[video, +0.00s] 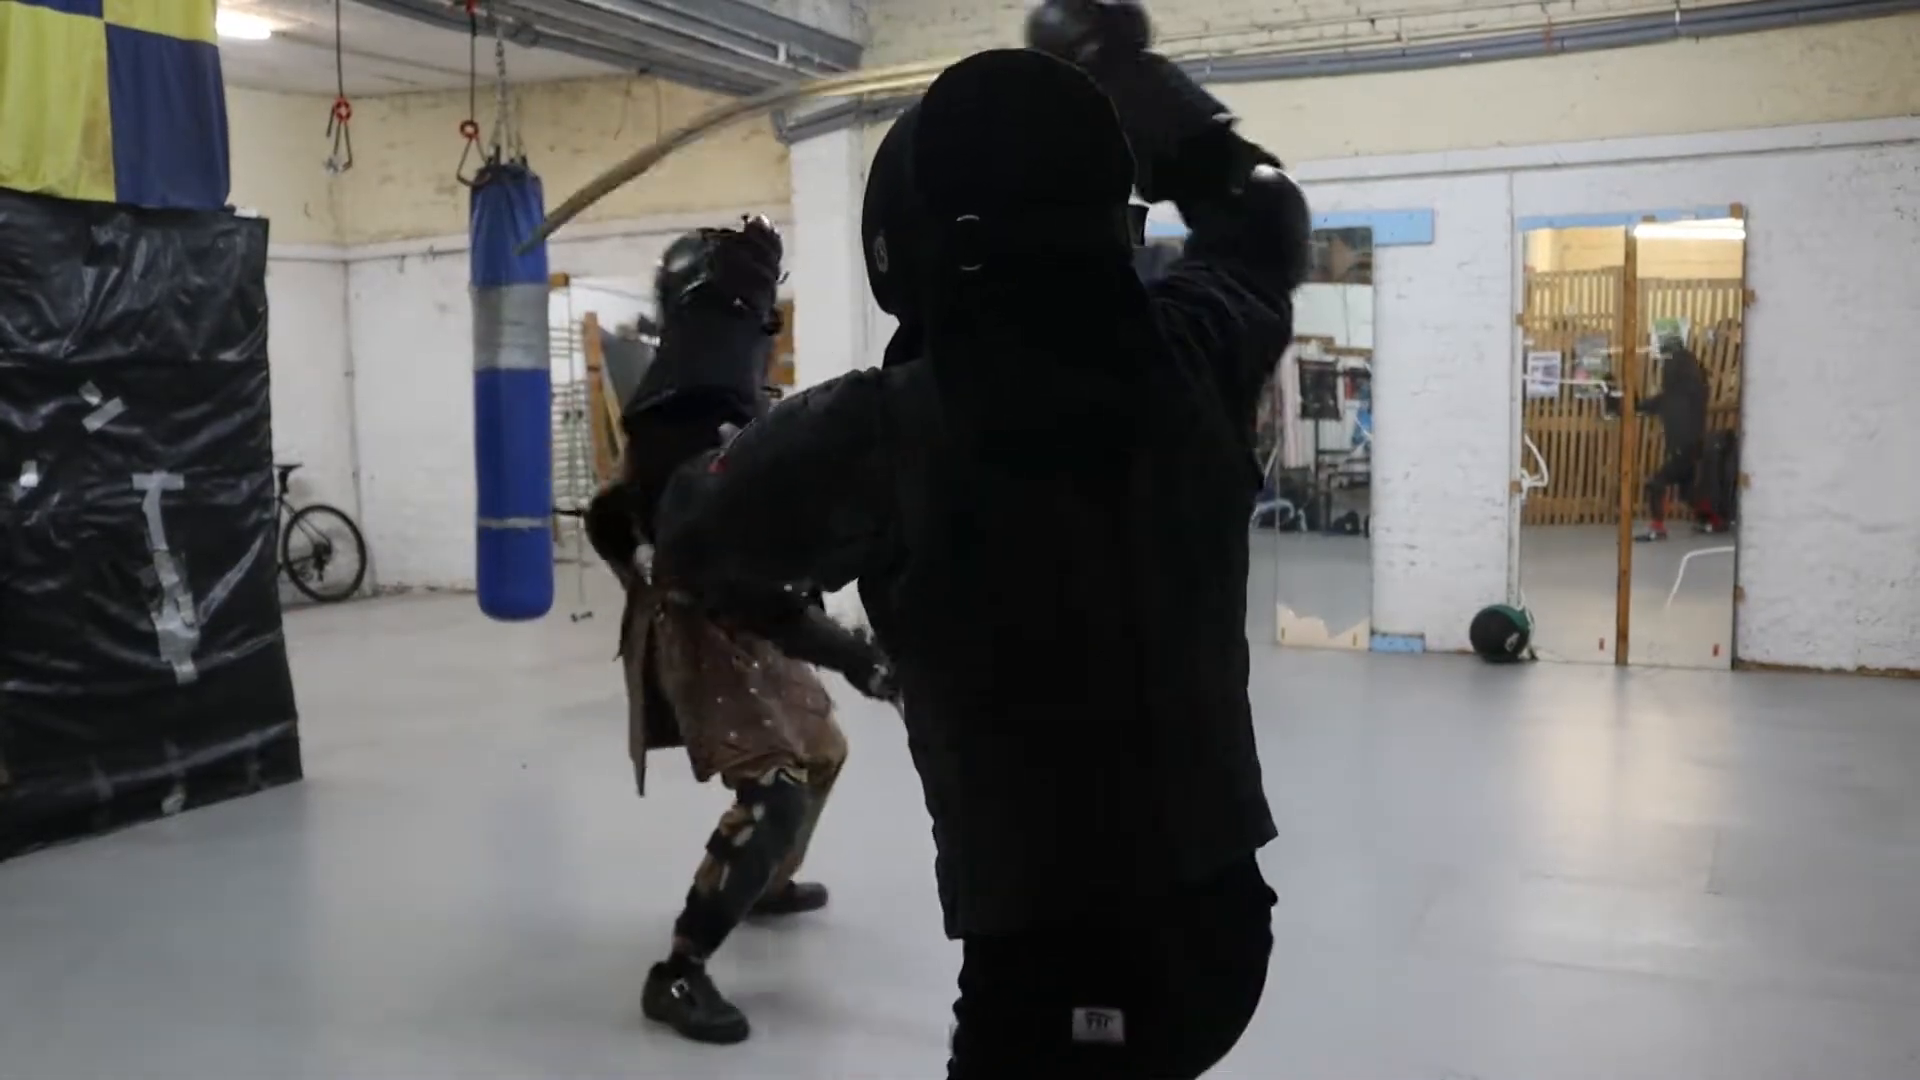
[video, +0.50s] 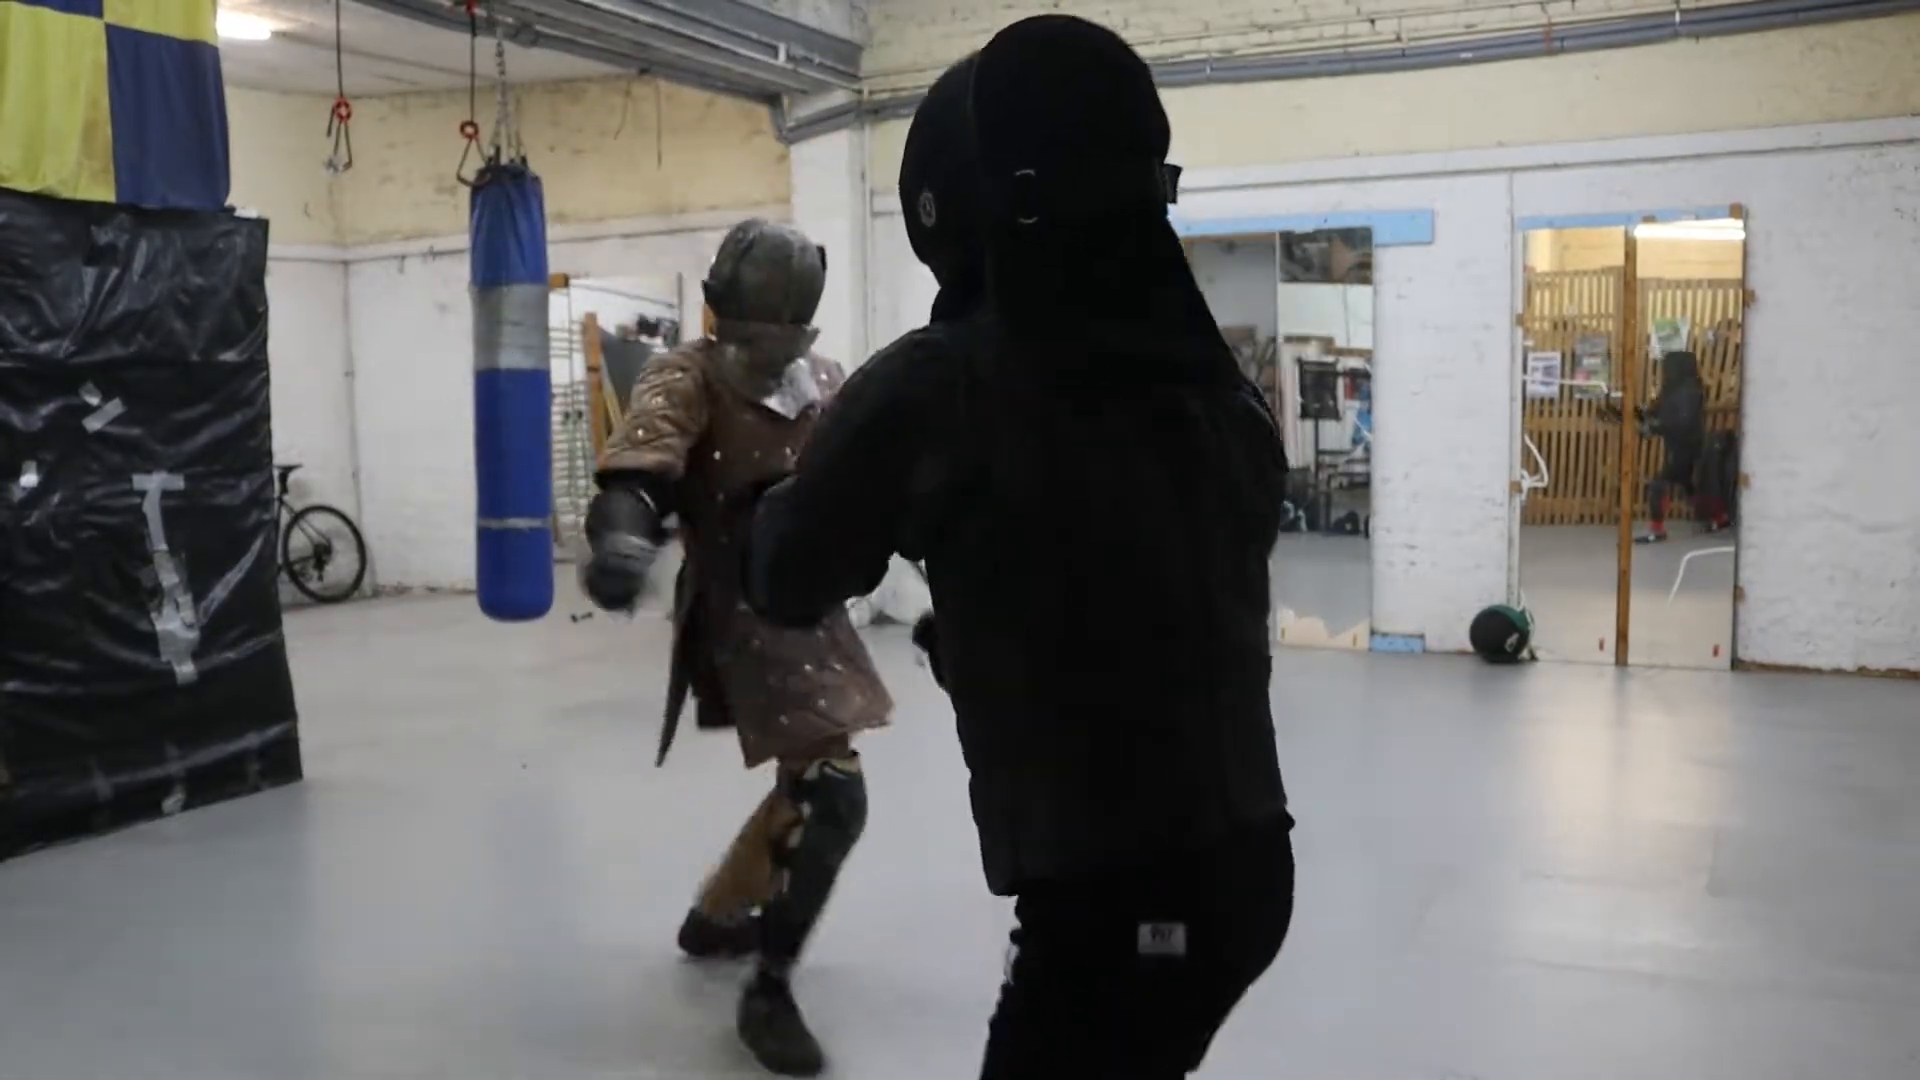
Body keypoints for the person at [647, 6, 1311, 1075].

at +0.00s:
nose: (872, 244)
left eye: (887, 216)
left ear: (917, 236)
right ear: (1114, 215)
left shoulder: (886, 424)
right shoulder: (1191, 366)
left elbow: (698, 548)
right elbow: (1256, 213)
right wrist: (1129, 70)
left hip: (1032, 949)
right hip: (1219, 924)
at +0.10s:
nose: (882, 261)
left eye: (893, 232)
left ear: (925, 239)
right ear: (1115, 221)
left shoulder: (885, 429)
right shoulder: (1203, 380)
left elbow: (688, 564)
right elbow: (1287, 285)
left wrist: (821, 646)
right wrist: (1153, 150)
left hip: (1034, 940)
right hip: (1217, 916)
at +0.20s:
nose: (900, 264)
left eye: (908, 233)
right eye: (901, 234)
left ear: (941, 235)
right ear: (1121, 221)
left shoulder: (914, 422)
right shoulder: (1207, 399)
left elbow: (730, 624)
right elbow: (1284, 435)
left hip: (1043, 924)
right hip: (1217, 900)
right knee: (1091, 1056)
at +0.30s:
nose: (909, 255)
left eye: (917, 223)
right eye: (907, 225)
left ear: (959, 222)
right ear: (1117, 213)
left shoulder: (925, 408)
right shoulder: (1200, 399)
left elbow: (820, 679)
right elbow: (1254, 580)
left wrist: (752, 560)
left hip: (1065, 891)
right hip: (1226, 864)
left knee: (998, 1065)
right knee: (1076, 1055)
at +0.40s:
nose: (917, 247)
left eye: (924, 217)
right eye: (914, 221)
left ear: (965, 210)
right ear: (1122, 200)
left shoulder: (937, 385)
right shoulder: (1207, 389)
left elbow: (807, 652)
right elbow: (1249, 619)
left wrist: (775, 547)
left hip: (1074, 876)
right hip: (1235, 852)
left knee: (1011, 1061)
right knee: (1087, 1055)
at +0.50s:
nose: (921, 232)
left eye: (928, 202)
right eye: (919, 204)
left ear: (966, 203)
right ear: (1142, 188)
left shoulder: (936, 383)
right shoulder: (1211, 379)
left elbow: (790, 576)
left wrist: (793, 475)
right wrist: (974, 621)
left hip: (1090, 901)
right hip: (1243, 869)